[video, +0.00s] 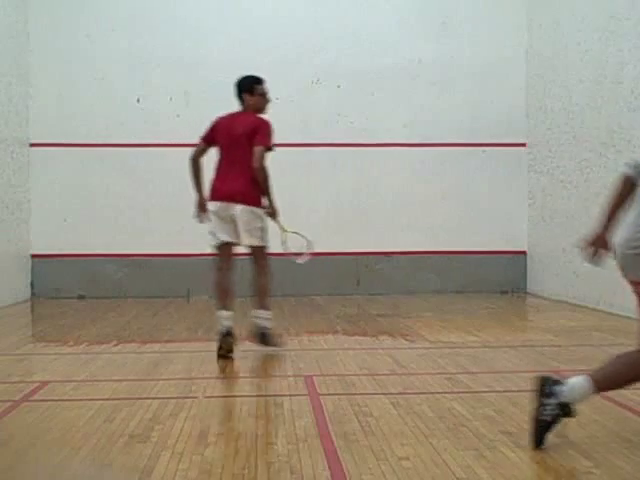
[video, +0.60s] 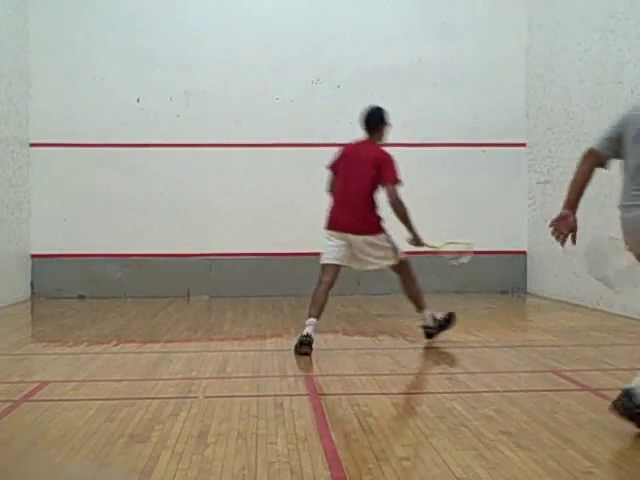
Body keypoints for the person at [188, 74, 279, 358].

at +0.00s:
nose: (267, 99)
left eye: (266, 94)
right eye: (263, 94)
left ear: (244, 97)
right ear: (248, 96)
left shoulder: (222, 122)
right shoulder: (261, 124)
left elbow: (196, 156)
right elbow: (257, 164)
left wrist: (200, 196)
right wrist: (270, 200)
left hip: (219, 199)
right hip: (248, 201)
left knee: (223, 262)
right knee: (260, 261)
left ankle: (225, 325)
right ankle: (261, 323)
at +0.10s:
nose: (287, 109)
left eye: (286, 104)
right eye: (282, 104)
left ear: (264, 108)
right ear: (268, 107)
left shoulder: (242, 134)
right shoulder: (279, 136)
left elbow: (216, 167)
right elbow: (279, 176)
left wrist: (221, 207)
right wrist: (296, 212)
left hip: (240, 214)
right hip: (270, 215)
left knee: (239, 273)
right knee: (294, 270)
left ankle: (232, 335)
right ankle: (315, 329)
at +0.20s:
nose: (307, 111)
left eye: (305, 106)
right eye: (302, 107)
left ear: (285, 112)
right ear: (288, 110)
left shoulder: (265, 139)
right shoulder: (302, 138)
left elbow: (240, 176)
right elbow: (302, 178)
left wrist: (240, 218)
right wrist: (317, 214)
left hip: (268, 219)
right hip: (298, 218)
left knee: (257, 274)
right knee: (314, 274)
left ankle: (240, 327)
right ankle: (326, 332)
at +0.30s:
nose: (324, 102)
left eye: (322, 97)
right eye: (319, 98)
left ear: (301, 102)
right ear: (305, 101)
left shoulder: (282, 131)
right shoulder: (323, 128)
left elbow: (263, 171)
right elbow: (326, 165)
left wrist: (266, 212)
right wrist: (340, 203)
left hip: (289, 205)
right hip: (320, 205)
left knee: (281, 261)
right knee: (329, 263)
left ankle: (271, 320)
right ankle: (329, 323)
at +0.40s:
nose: (341, 101)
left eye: (340, 96)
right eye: (338, 96)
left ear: (317, 101)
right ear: (328, 99)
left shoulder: (300, 129)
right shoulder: (341, 126)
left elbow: (286, 170)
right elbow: (348, 166)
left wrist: (293, 202)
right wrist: (363, 204)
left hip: (303, 202)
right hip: (335, 202)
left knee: (304, 261)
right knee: (351, 257)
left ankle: (298, 319)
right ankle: (347, 311)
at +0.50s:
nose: (362, 116)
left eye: (360, 112)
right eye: (359, 112)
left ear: (339, 115)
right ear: (353, 114)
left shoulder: (321, 141)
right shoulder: (358, 142)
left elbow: (308, 182)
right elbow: (371, 185)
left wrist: (322, 206)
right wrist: (388, 220)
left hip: (319, 216)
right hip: (347, 216)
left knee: (315, 273)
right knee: (378, 262)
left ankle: (305, 331)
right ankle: (391, 321)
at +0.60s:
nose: (386, 130)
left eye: (385, 126)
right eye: (385, 126)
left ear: (365, 127)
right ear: (381, 128)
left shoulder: (347, 151)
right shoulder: (382, 157)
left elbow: (332, 187)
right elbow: (394, 200)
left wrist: (352, 203)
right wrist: (412, 232)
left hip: (337, 223)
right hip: (366, 226)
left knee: (325, 280)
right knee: (403, 269)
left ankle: (307, 333)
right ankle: (428, 321)